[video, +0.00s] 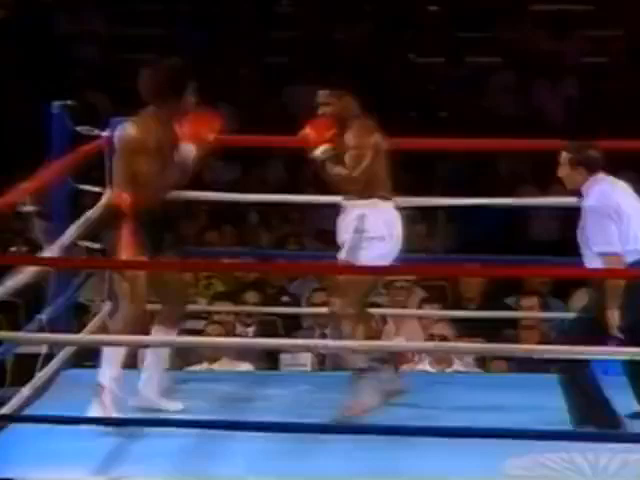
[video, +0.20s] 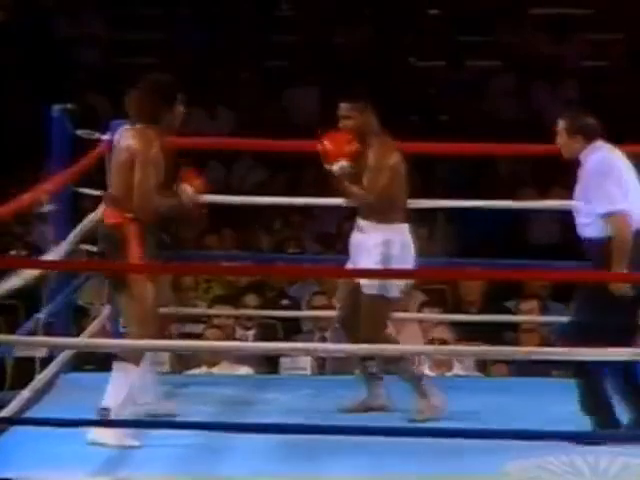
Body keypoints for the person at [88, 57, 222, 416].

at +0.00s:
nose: (188, 103)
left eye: (188, 96)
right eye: (185, 95)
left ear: (161, 95)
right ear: (171, 96)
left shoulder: (169, 132)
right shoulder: (132, 134)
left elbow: (170, 179)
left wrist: (192, 151)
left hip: (159, 224)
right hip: (130, 226)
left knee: (173, 300)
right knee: (133, 306)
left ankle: (151, 386)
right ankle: (106, 393)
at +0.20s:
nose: (182, 115)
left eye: (181, 107)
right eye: (179, 107)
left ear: (144, 106)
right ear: (165, 109)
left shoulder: (122, 137)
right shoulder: (147, 145)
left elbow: (123, 191)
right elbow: (146, 203)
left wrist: (172, 192)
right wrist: (181, 197)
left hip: (114, 224)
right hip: (129, 229)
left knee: (153, 311)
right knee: (142, 325)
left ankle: (146, 396)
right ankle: (109, 417)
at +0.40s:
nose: (181, 90)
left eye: (180, 82)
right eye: (178, 82)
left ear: (142, 80)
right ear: (167, 84)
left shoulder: (122, 110)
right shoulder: (143, 117)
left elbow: (104, 162)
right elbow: (136, 174)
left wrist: (161, 150)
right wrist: (172, 163)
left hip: (108, 209)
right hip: (123, 212)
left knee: (119, 309)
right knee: (123, 308)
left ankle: (94, 396)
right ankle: (98, 402)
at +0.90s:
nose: (208, 101)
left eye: (207, 93)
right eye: (204, 93)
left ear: (171, 97)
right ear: (190, 98)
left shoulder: (164, 132)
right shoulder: (167, 134)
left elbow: (162, 181)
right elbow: (155, 189)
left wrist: (198, 170)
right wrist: (196, 180)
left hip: (144, 233)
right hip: (153, 235)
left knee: (141, 321)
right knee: (160, 330)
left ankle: (102, 406)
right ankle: (145, 434)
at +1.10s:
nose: (224, 109)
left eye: (222, 101)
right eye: (219, 102)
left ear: (187, 104)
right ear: (204, 107)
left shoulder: (172, 138)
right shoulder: (186, 145)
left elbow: (166, 197)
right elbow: (181, 203)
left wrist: (214, 194)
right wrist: (221, 199)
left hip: (172, 235)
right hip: (175, 237)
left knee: (198, 332)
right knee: (175, 338)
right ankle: (145, 436)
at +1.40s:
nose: (252, 117)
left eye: (250, 109)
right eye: (246, 110)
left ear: (219, 113)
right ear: (228, 114)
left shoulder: (209, 145)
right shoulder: (209, 151)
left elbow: (226, 200)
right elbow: (236, 205)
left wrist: (263, 187)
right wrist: (275, 183)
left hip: (220, 245)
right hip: (201, 246)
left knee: (253, 332)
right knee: (181, 338)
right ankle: (151, 434)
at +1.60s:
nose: (291, 122)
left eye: (291, 115)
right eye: (286, 115)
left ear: (265, 120)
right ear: (265, 118)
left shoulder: (263, 147)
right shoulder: (231, 147)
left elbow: (263, 187)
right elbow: (230, 201)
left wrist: (297, 168)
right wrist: (273, 183)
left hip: (254, 234)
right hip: (226, 235)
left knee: (285, 327)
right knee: (228, 329)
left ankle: (295, 415)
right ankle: (172, 416)